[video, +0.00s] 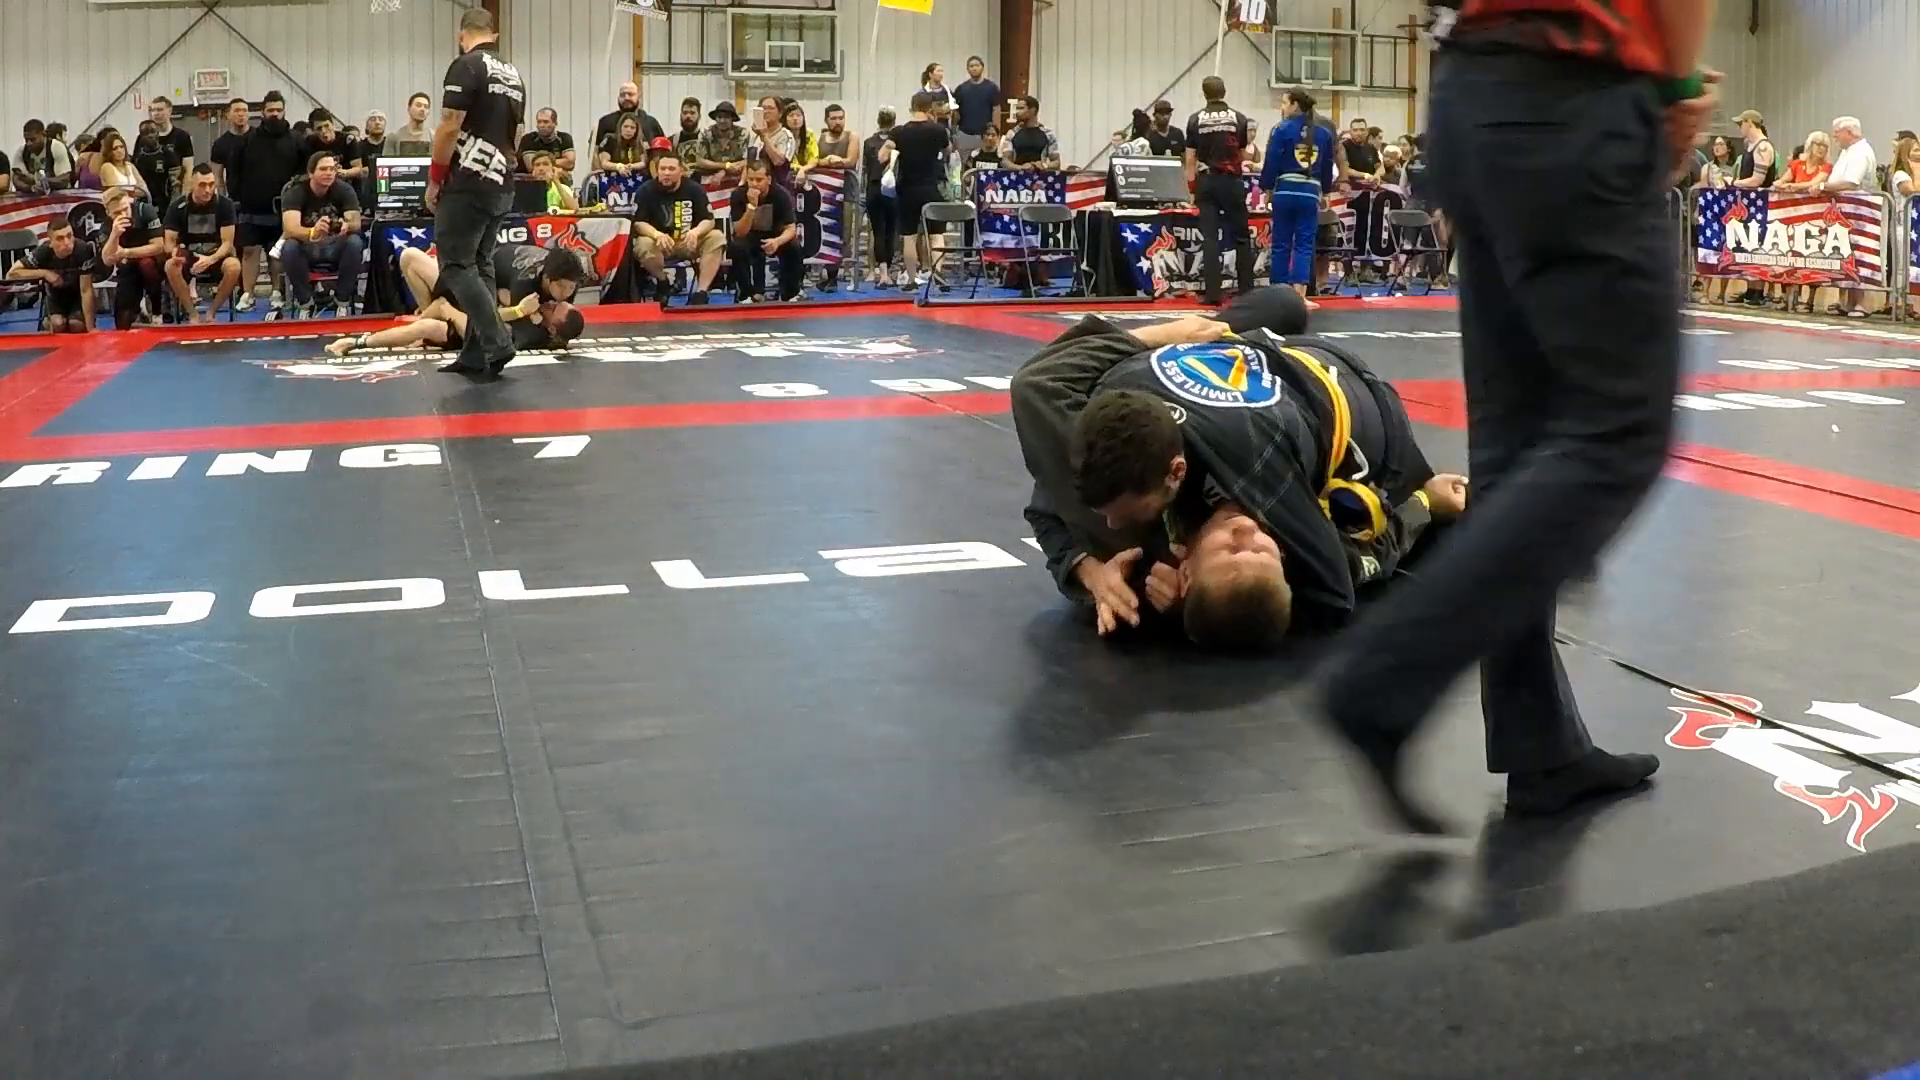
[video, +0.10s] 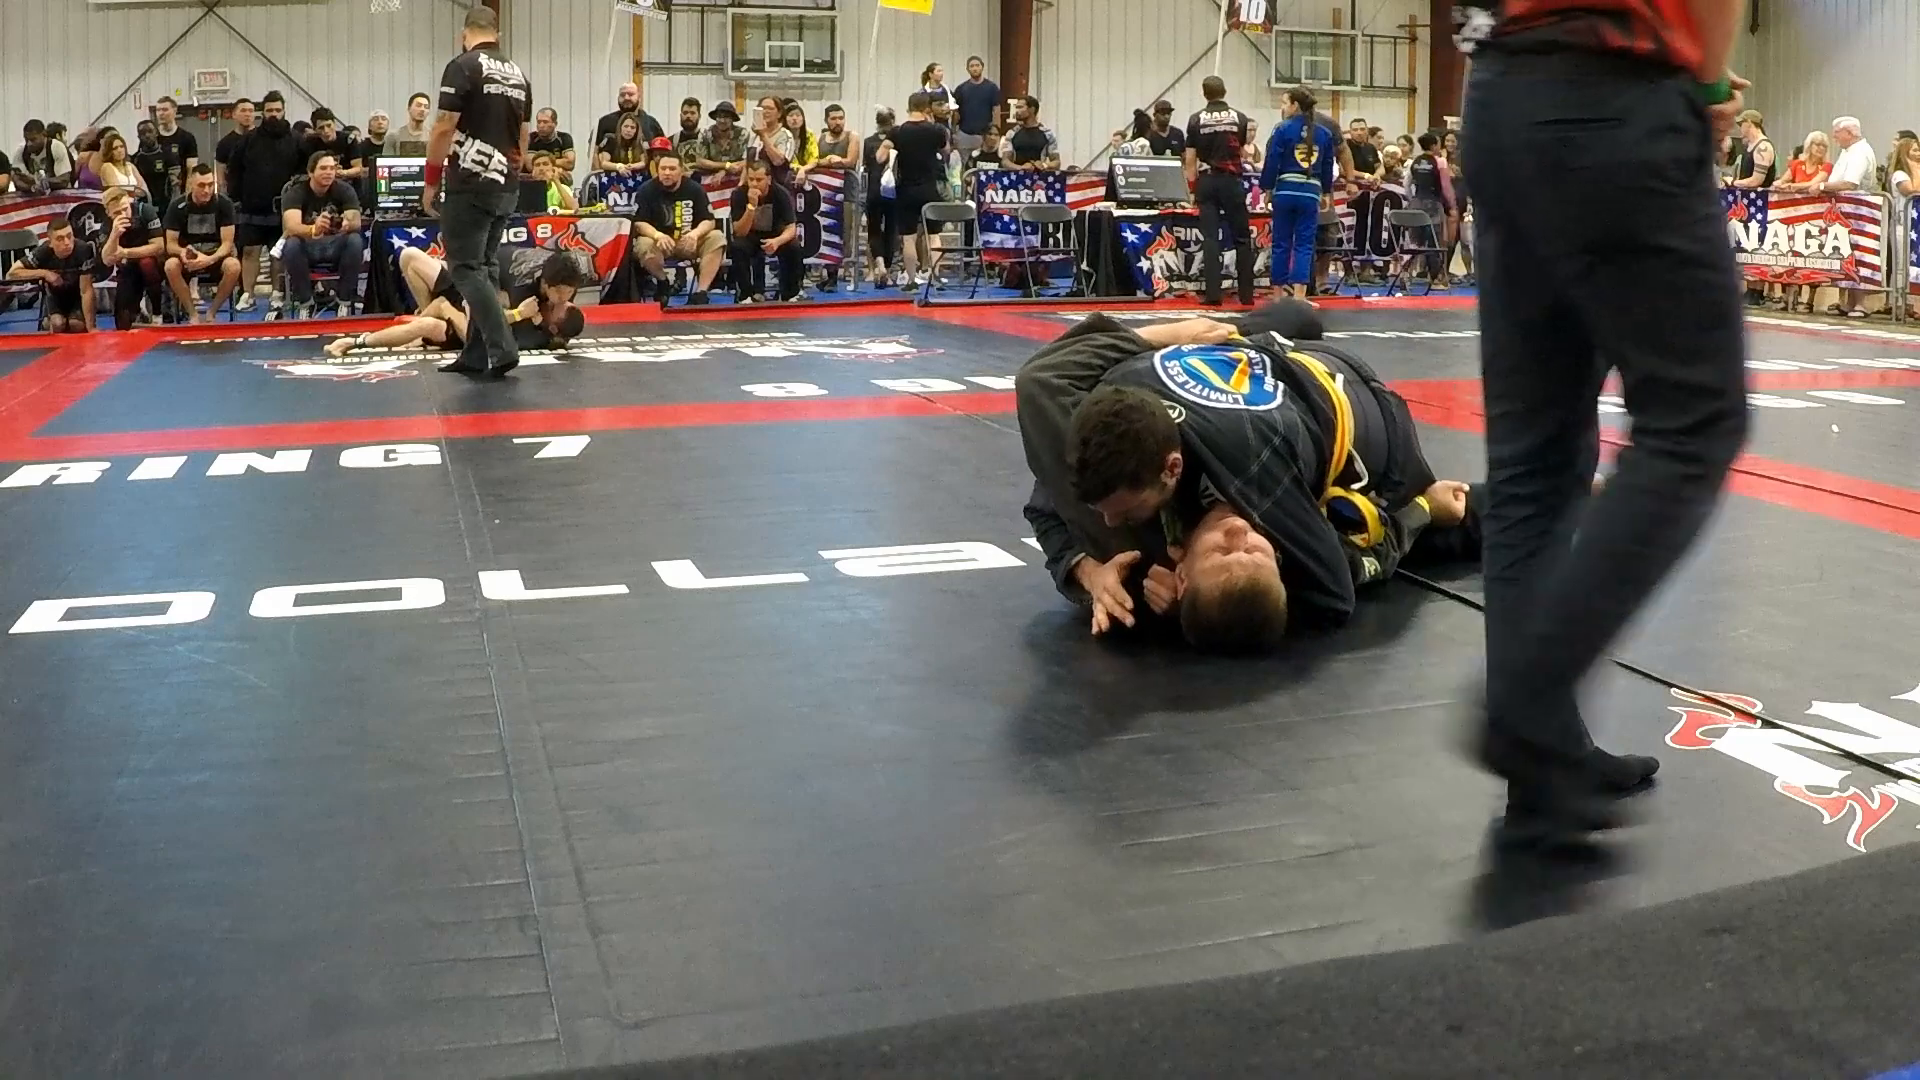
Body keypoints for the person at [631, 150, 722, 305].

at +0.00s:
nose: (666, 173)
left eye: (671, 169)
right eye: (663, 169)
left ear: (681, 171)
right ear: (657, 171)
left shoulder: (694, 189)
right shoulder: (646, 190)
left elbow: (708, 220)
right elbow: (639, 222)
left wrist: (695, 233)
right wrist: (657, 235)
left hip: (688, 243)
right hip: (659, 244)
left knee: (716, 237)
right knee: (644, 244)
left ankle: (701, 292)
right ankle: (662, 281)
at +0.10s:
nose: (667, 173)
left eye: (672, 169)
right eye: (663, 169)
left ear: (681, 171)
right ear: (657, 170)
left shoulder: (694, 189)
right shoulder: (647, 190)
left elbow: (709, 220)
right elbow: (639, 223)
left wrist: (695, 234)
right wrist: (658, 236)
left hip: (688, 242)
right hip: (659, 242)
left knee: (717, 238)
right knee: (644, 244)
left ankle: (701, 292)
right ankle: (662, 281)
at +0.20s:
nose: (667, 173)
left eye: (672, 169)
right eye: (663, 169)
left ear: (682, 171)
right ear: (657, 170)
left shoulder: (694, 189)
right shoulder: (647, 190)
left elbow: (709, 221)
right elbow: (639, 223)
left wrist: (694, 235)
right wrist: (658, 236)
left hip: (689, 243)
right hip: (659, 243)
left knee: (717, 238)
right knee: (644, 244)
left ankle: (701, 293)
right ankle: (662, 281)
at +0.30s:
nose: (668, 173)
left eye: (673, 169)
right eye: (664, 168)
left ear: (682, 171)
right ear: (658, 170)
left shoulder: (695, 189)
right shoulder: (648, 190)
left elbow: (709, 221)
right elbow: (640, 223)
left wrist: (694, 235)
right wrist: (658, 235)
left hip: (689, 244)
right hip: (660, 244)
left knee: (717, 239)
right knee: (644, 244)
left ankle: (700, 293)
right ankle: (662, 281)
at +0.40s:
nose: (669, 173)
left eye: (674, 169)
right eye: (665, 168)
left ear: (683, 171)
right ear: (659, 170)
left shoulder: (695, 189)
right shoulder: (648, 190)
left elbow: (710, 222)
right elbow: (639, 223)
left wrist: (695, 235)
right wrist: (657, 235)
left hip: (689, 244)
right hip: (660, 244)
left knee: (717, 239)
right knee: (644, 244)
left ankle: (700, 293)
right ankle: (662, 281)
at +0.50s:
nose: (670, 174)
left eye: (675, 169)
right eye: (666, 169)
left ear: (684, 171)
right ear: (660, 170)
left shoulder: (696, 189)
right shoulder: (649, 190)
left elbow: (710, 222)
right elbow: (639, 223)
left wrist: (695, 235)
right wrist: (658, 234)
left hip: (689, 243)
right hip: (660, 243)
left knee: (717, 240)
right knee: (644, 244)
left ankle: (700, 293)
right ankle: (662, 281)